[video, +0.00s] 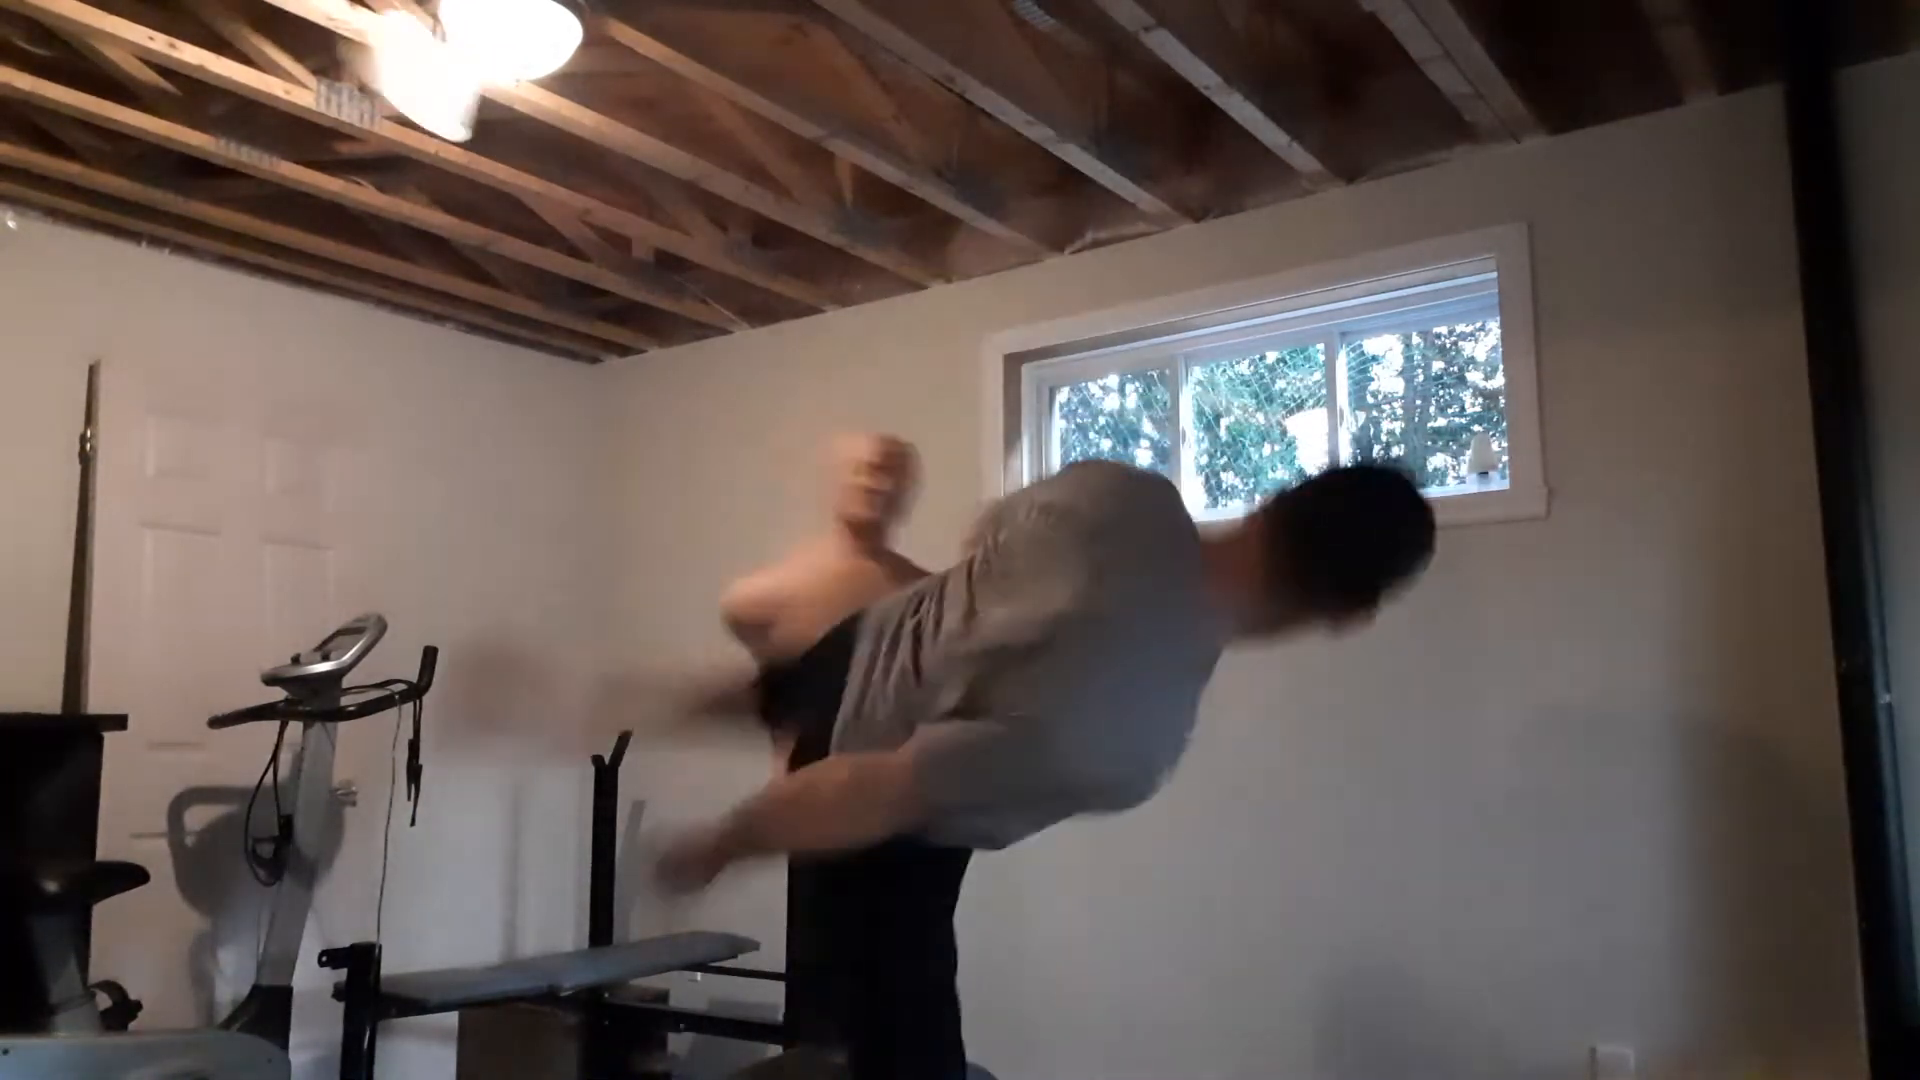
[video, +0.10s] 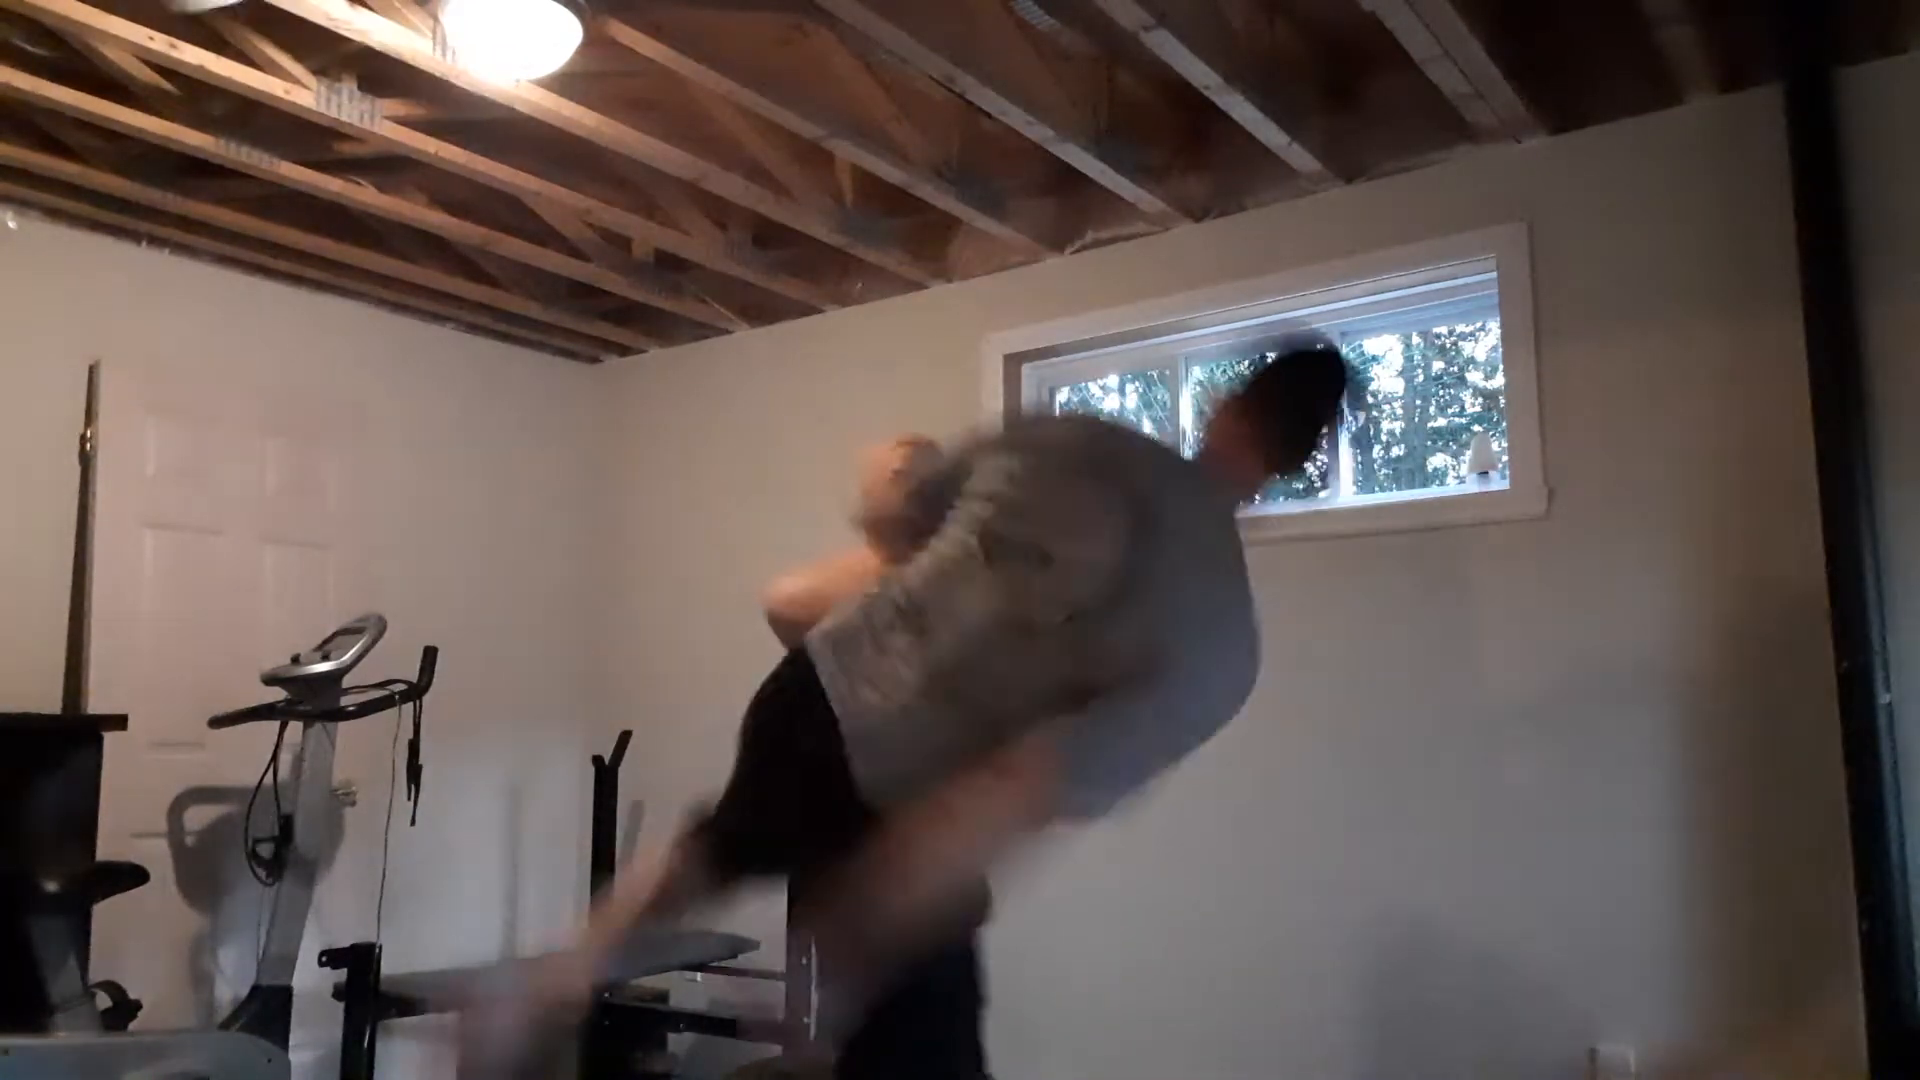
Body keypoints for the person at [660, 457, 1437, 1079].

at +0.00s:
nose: (1348, 628)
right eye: (1362, 607)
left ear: (1279, 495)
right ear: (1343, 613)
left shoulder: (1122, 492)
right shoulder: (1125, 737)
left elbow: (969, 570)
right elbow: (886, 782)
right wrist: (725, 840)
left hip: (848, 652)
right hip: (877, 822)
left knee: (786, 639)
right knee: (901, 1055)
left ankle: (843, 532)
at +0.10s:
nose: (1238, 420)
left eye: (1242, 401)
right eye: (1279, 430)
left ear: (1226, 398)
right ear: (1303, 462)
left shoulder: (1083, 443)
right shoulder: (1220, 646)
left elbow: (902, 489)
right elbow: (1042, 776)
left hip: (813, 688)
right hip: (905, 815)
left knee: (717, 844)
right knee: (923, 1038)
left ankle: (575, 972)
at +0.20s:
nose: (1097, 323)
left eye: (1101, 309)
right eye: (1120, 315)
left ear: (1098, 314)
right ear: (1187, 354)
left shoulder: (965, 393)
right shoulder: (1201, 514)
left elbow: (795, 512)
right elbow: (1228, 739)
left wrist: (856, 592)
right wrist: (1217, 936)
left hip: (783, 743)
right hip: (943, 830)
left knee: (690, 995)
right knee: (961, 1063)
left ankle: (662, 1042)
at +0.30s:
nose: (949, 342)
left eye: (957, 326)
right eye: (961, 325)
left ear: (976, 333)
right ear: (1054, 350)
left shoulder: (876, 430)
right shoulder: (1135, 487)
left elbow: (729, 594)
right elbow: (1293, 672)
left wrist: (755, 726)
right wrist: (1394, 855)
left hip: (792, 824)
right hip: (996, 859)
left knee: (735, 1068)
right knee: (1024, 1071)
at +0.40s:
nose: (853, 348)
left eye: (858, 331)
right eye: (861, 332)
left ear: (871, 338)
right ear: (964, 342)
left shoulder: (831, 457)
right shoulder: (1063, 469)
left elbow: (712, 634)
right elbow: (1223, 596)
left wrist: (668, 802)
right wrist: (1299, 681)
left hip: (854, 857)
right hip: (1040, 871)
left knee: (804, 1066)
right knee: (1036, 1064)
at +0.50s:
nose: (825, 285)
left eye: (823, 266)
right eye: (825, 269)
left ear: (840, 262)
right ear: (937, 262)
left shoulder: (859, 365)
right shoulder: (1043, 383)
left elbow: (804, 530)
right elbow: (1173, 548)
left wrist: (735, 733)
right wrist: (1119, 606)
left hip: (892, 781)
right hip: (1053, 789)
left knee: (819, 1056)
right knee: (1037, 1056)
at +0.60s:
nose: (820, 246)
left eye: (817, 224)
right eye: (818, 227)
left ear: (841, 213)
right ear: (936, 213)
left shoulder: (870, 301)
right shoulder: (1047, 331)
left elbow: (897, 496)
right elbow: (1121, 538)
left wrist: (810, 686)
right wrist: (986, 594)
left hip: (924, 716)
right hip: (1060, 716)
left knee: (855, 1034)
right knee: (1003, 1022)